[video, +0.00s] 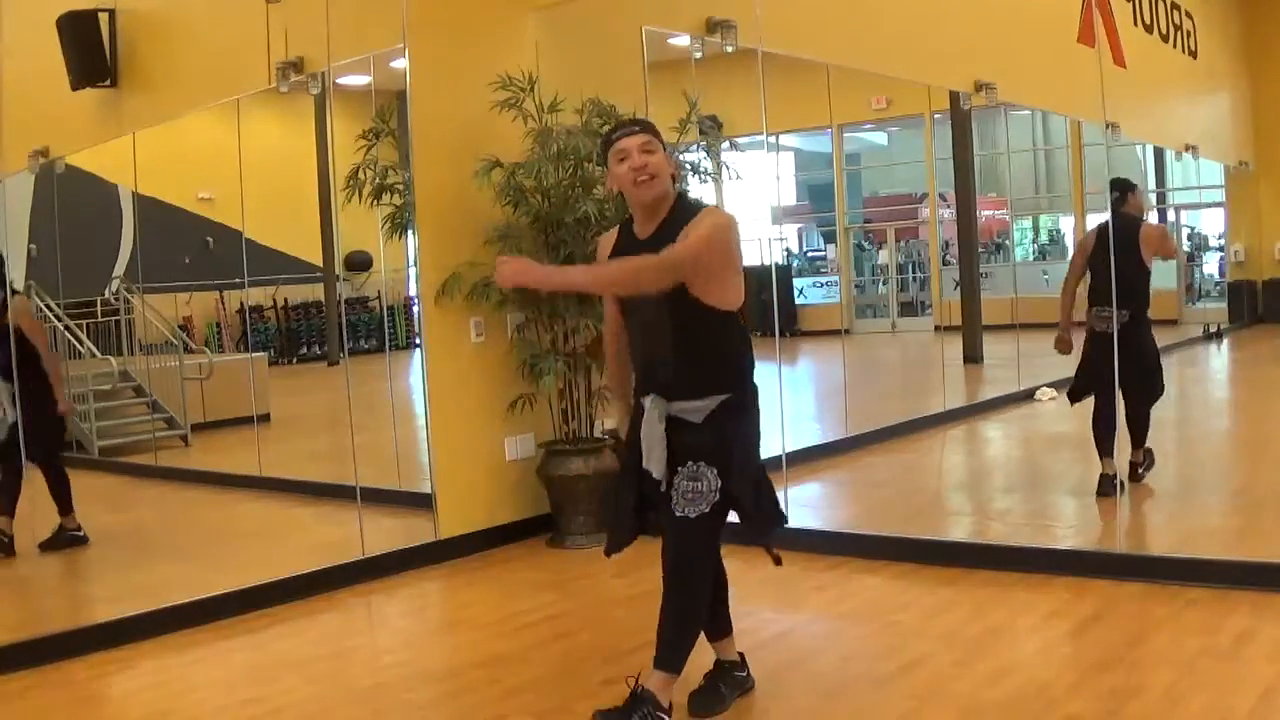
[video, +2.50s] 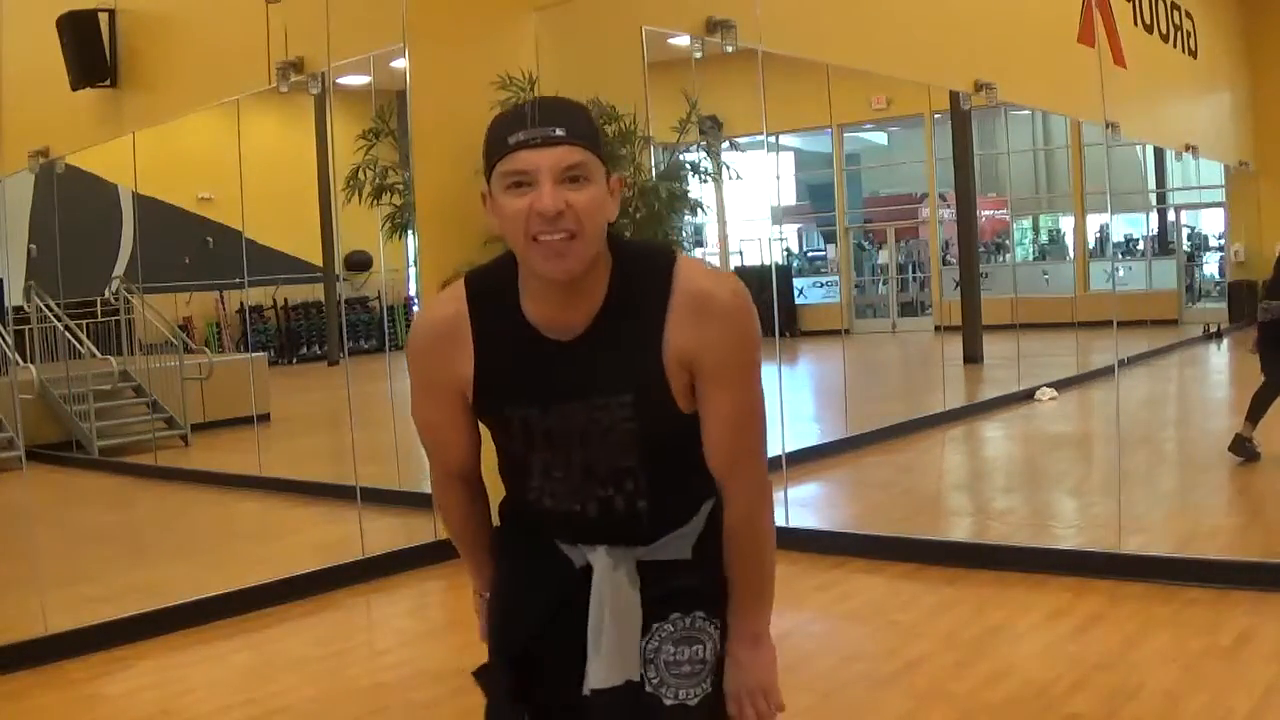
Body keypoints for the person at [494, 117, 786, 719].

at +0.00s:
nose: (638, 161)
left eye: (648, 150)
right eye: (623, 158)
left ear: (672, 163)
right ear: (613, 182)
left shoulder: (712, 226)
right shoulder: (612, 248)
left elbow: (657, 273)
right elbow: (615, 338)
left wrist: (543, 275)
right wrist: (626, 410)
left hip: (717, 410)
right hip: (658, 412)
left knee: (685, 551)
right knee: (691, 544)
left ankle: (655, 697)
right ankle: (731, 663)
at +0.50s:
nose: (597, 162)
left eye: (610, 150)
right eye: (589, 158)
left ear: (647, 162)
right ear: (590, 182)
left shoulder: (683, 228)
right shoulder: (619, 248)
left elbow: (757, 310)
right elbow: (651, 334)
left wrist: (807, 392)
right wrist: (645, 406)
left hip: (715, 408)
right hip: (664, 411)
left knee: (683, 544)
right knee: (690, 536)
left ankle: (693, 698)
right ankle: (726, 662)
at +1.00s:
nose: (646, 133)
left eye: (658, 124)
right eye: (629, 129)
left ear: (681, 147)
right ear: (611, 159)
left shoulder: (731, 232)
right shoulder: (581, 250)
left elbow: (750, 334)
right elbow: (565, 362)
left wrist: (670, 390)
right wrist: (566, 465)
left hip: (714, 439)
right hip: (628, 442)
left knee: (707, 599)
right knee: (625, 589)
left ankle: (698, 707)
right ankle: (670, 641)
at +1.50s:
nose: (623, 131)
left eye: (638, 118)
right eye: (604, 120)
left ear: (657, 138)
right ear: (580, 142)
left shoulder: (697, 203)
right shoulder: (533, 234)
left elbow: (666, 273)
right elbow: (528, 357)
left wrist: (535, 270)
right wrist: (599, 457)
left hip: (682, 466)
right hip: (576, 472)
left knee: (697, 639)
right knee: (585, 677)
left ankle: (701, 712)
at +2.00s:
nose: (517, 174)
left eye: (537, 157)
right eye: (497, 161)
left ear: (573, 177)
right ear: (475, 189)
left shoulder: (645, 282)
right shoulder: (456, 292)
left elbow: (720, 383)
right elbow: (446, 418)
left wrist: (727, 468)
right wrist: (454, 525)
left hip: (636, 536)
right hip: (523, 536)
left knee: (650, 705)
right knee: (532, 706)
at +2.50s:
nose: (549, 204)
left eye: (574, 178)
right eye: (520, 185)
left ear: (614, 192)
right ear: (491, 208)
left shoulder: (705, 306)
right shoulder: (449, 328)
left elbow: (744, 484)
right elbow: (455, 476)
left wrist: (751, 638)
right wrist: (487, 587)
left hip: (678, 581)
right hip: (541, 584)